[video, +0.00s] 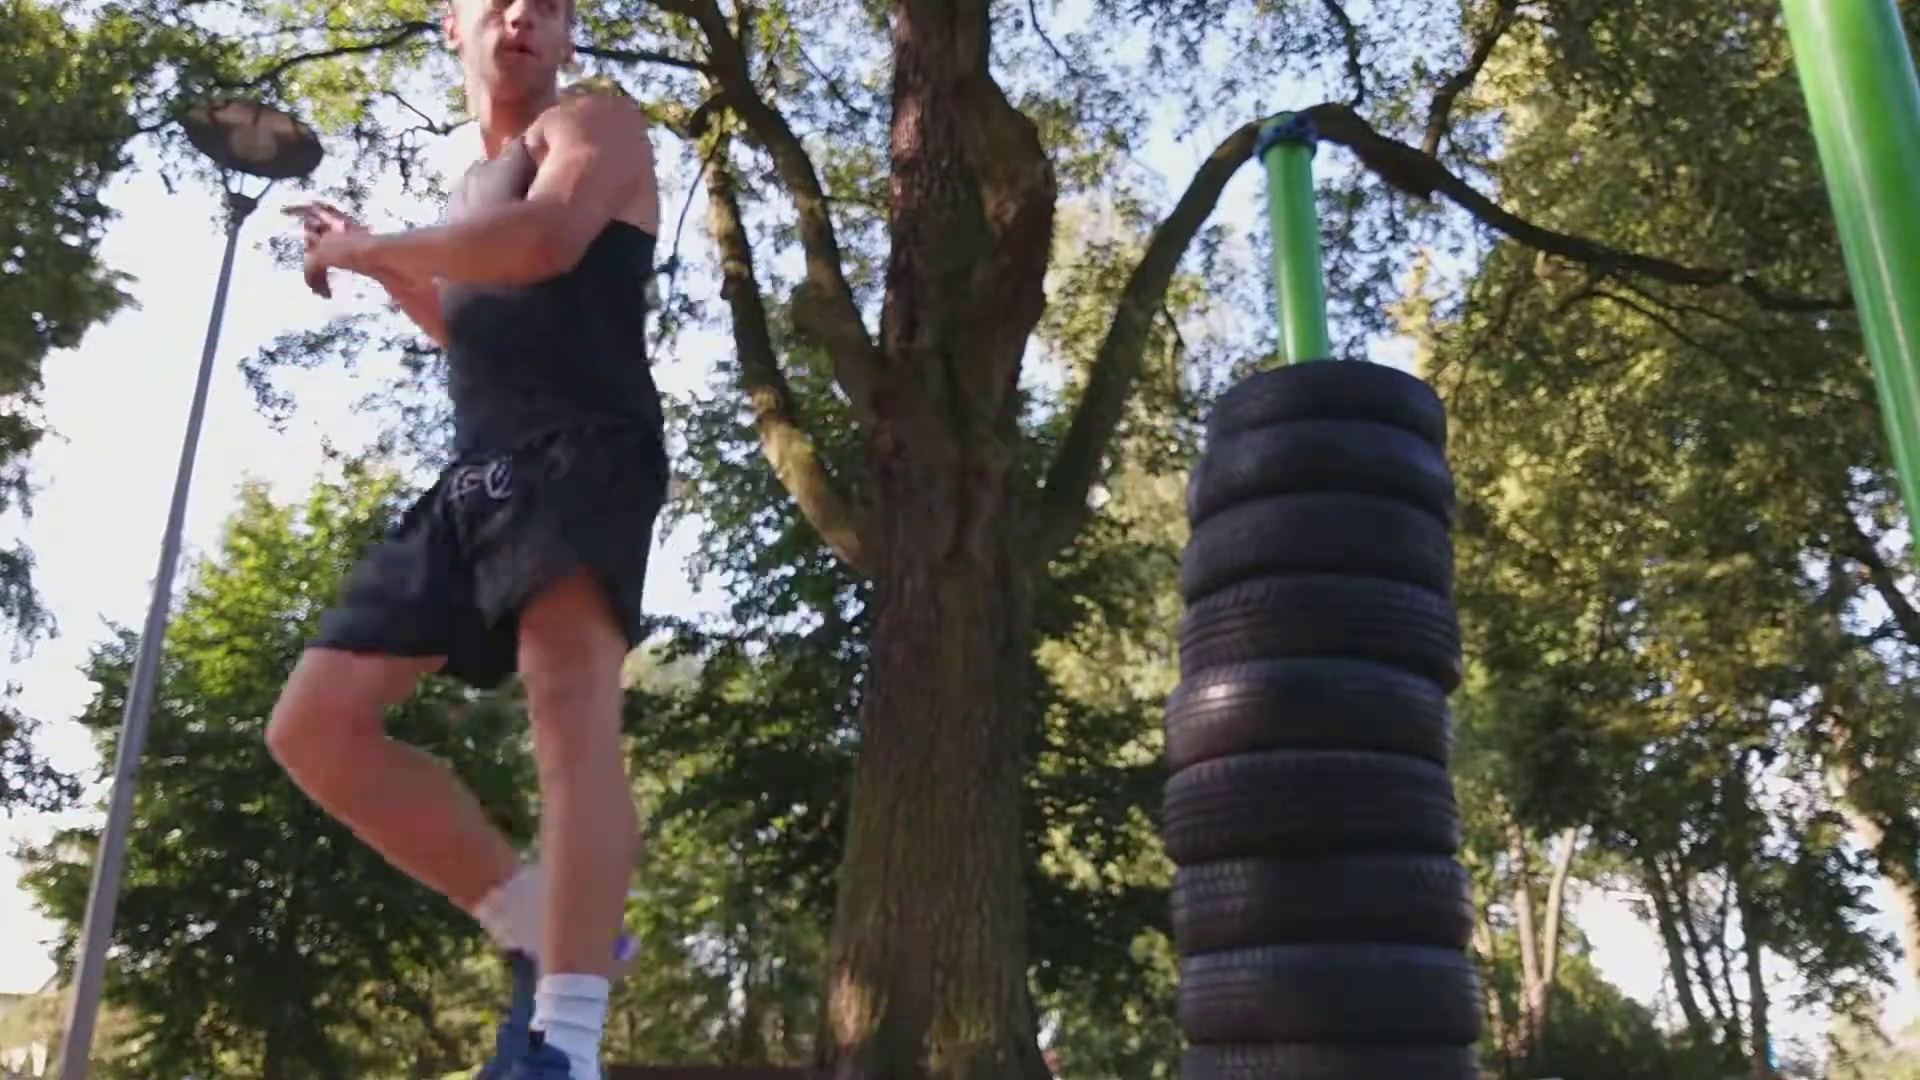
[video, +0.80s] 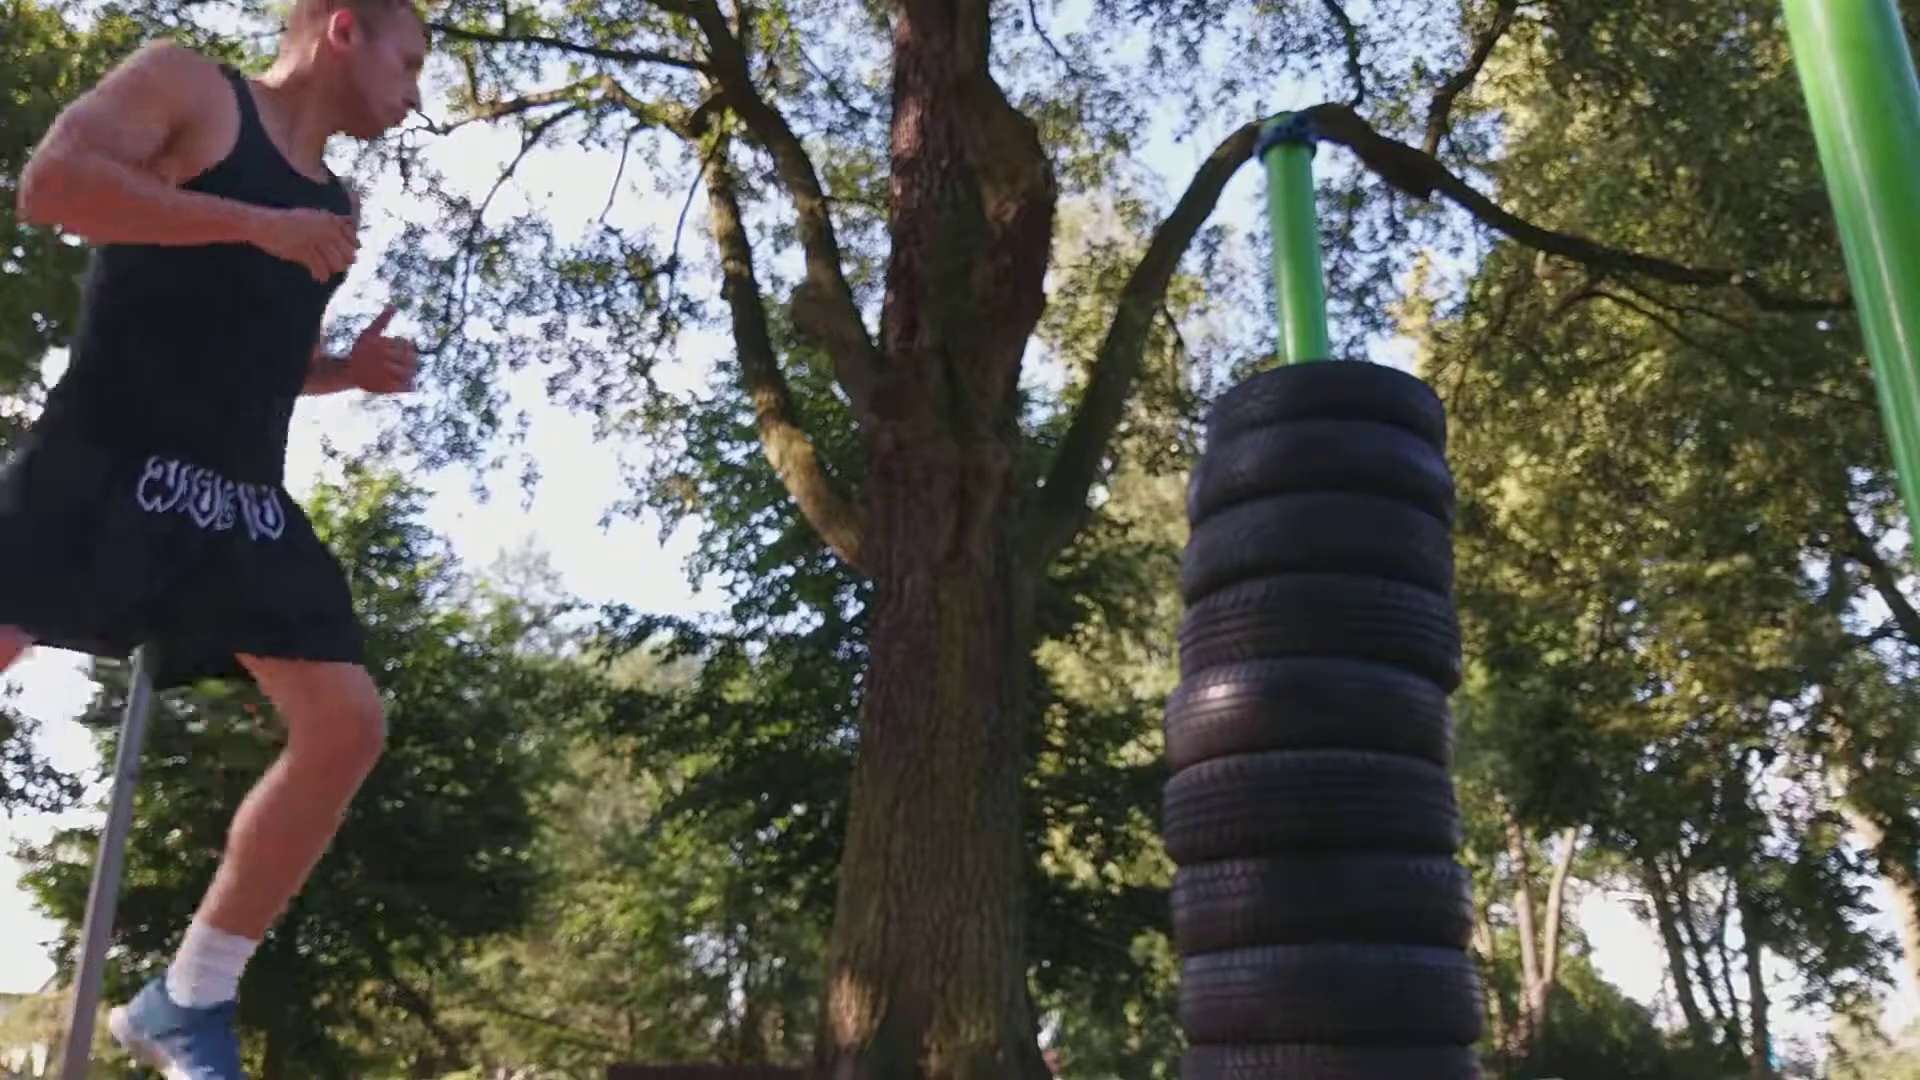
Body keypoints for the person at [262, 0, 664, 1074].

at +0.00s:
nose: (524, 17)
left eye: (546, 4)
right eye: (498, 0)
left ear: (570, 31)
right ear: (452, 28)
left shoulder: (595, 118)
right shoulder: (471, 188)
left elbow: (551, 240)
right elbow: (473, 338)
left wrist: (372, 246)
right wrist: (381, 267)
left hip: (577, 454)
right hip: (474, 478)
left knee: (567, 695)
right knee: (313, 730)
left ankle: (563, 1047)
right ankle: (554, 937)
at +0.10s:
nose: (460, 2)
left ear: (507, 12)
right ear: (401, 16)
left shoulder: (549, 92)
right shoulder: (388, 176)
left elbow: (561, 220)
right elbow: (376, 349)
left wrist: (356, 235)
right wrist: (316, 225)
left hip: (512, 437)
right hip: (387, 455)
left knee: (524, 689)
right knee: (169, 651)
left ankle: (554, 1044)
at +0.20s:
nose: (401, 5)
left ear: (441, 15)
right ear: (344, 11)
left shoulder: (495, 103)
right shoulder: (287, 142)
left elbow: (564, 240)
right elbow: (203, 313)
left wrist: (379, 266)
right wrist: (252, 201)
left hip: (443, 427)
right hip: (289, 437)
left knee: (474, 694)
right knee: (85, 664)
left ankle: (538, 1042)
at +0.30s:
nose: (421, 7)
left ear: (398, 19)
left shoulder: (432, 141)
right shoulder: (181, 84)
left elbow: (542, 293)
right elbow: (47, 243)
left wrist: (437, 242)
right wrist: (167, 175)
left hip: (365, 466)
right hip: (182, 443)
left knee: (421, 691)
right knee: (10, 655)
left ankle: (453, 1035)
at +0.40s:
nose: (416, 6)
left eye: (419, 1)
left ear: (386, 21)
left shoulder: (392, 123)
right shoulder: (174, 22)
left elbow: (453, 308)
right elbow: (10, 140)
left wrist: (429, 220)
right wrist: (125, 129)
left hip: (310, 423)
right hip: (134, 398)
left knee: (378, 645)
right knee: (3, 674)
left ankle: (312, 1009)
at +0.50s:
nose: (411, 5)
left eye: (414, 4)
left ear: (375, 12)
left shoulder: (369, 113)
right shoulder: (163, 10)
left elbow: (383, 310)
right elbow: (2, 93)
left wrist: (408, 256)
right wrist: (131, 93)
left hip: (278, 412)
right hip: (108, 373)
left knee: (336, 663)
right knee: (0, 616)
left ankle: (200, 983)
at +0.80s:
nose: (416, 92)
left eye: (422, 72)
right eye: (410, 62)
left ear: (348, 41)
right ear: (338, 29)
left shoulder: (325, 198)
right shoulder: (187, 81)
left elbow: (246, 365)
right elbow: (54, 180)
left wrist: (348, 368)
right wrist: (260, 224)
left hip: (244, 510)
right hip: (95, 476)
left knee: (344, 727)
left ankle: (192, 998)